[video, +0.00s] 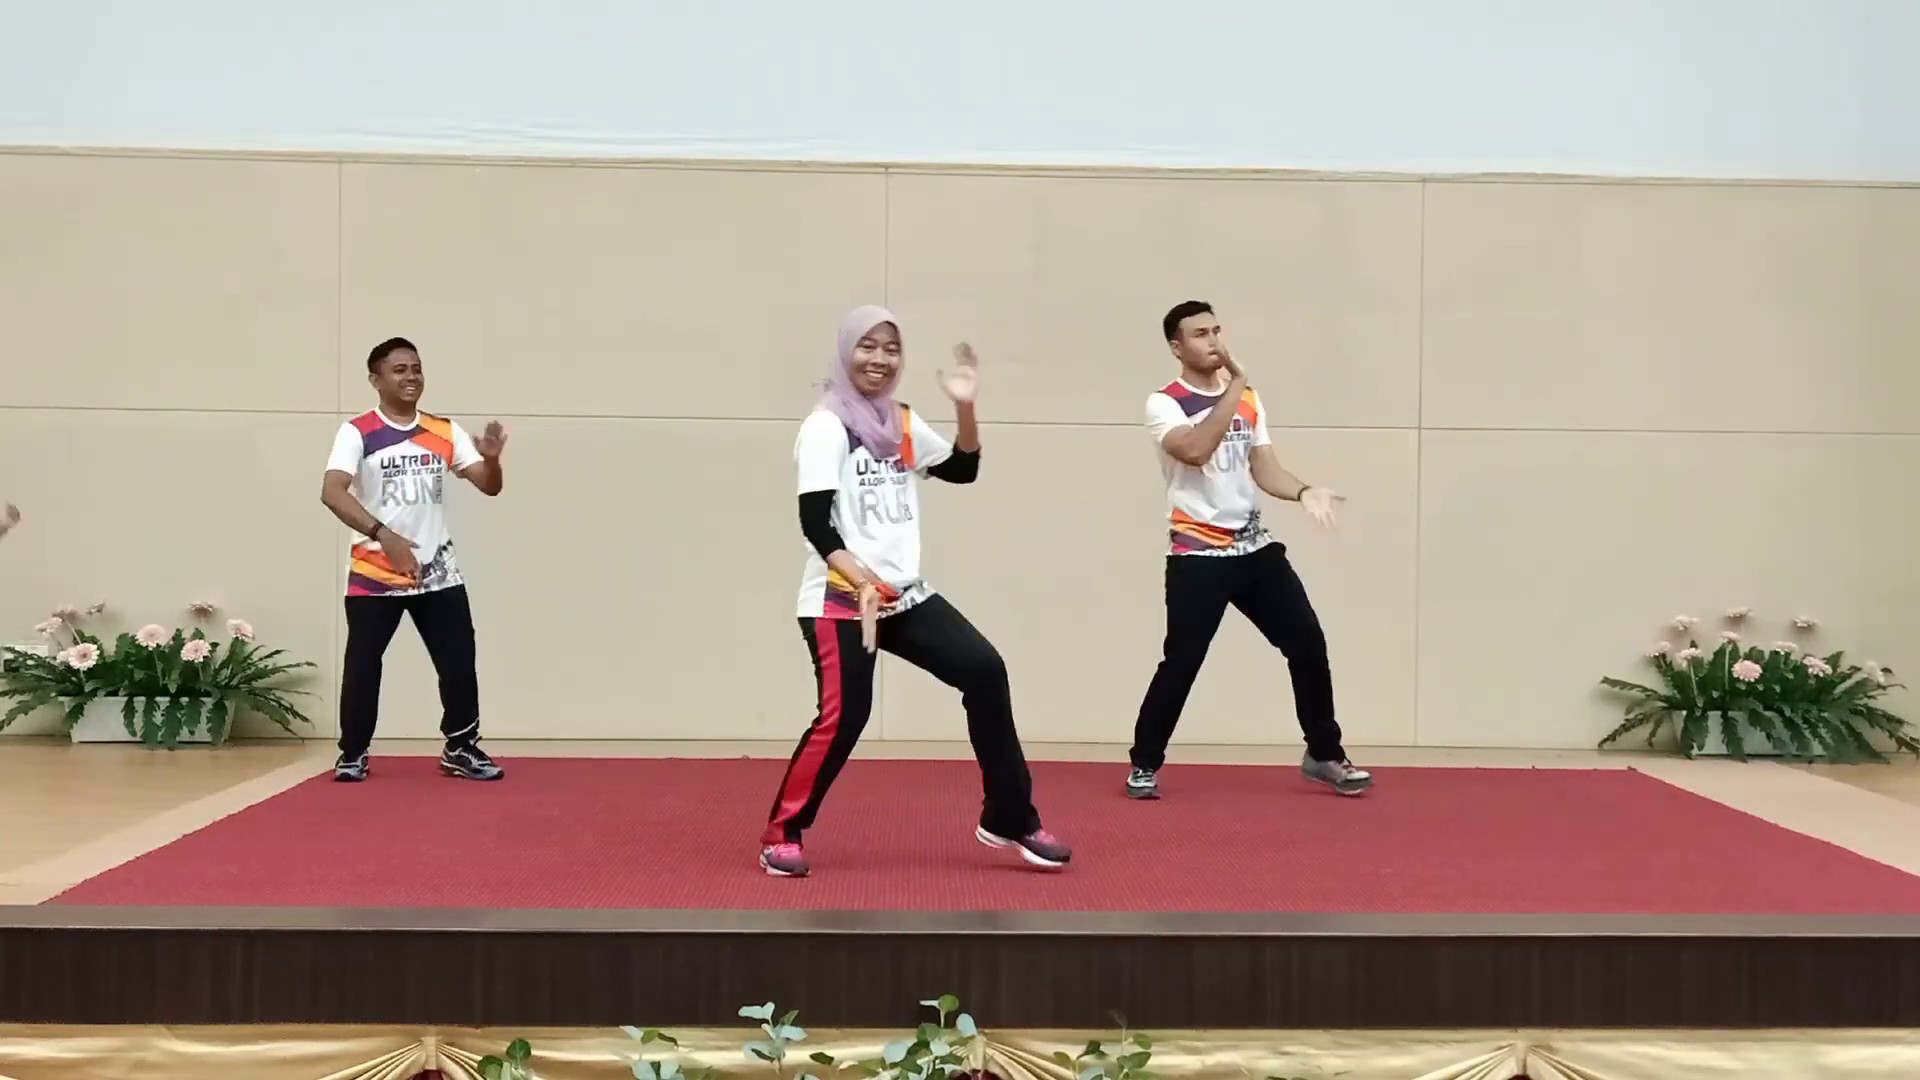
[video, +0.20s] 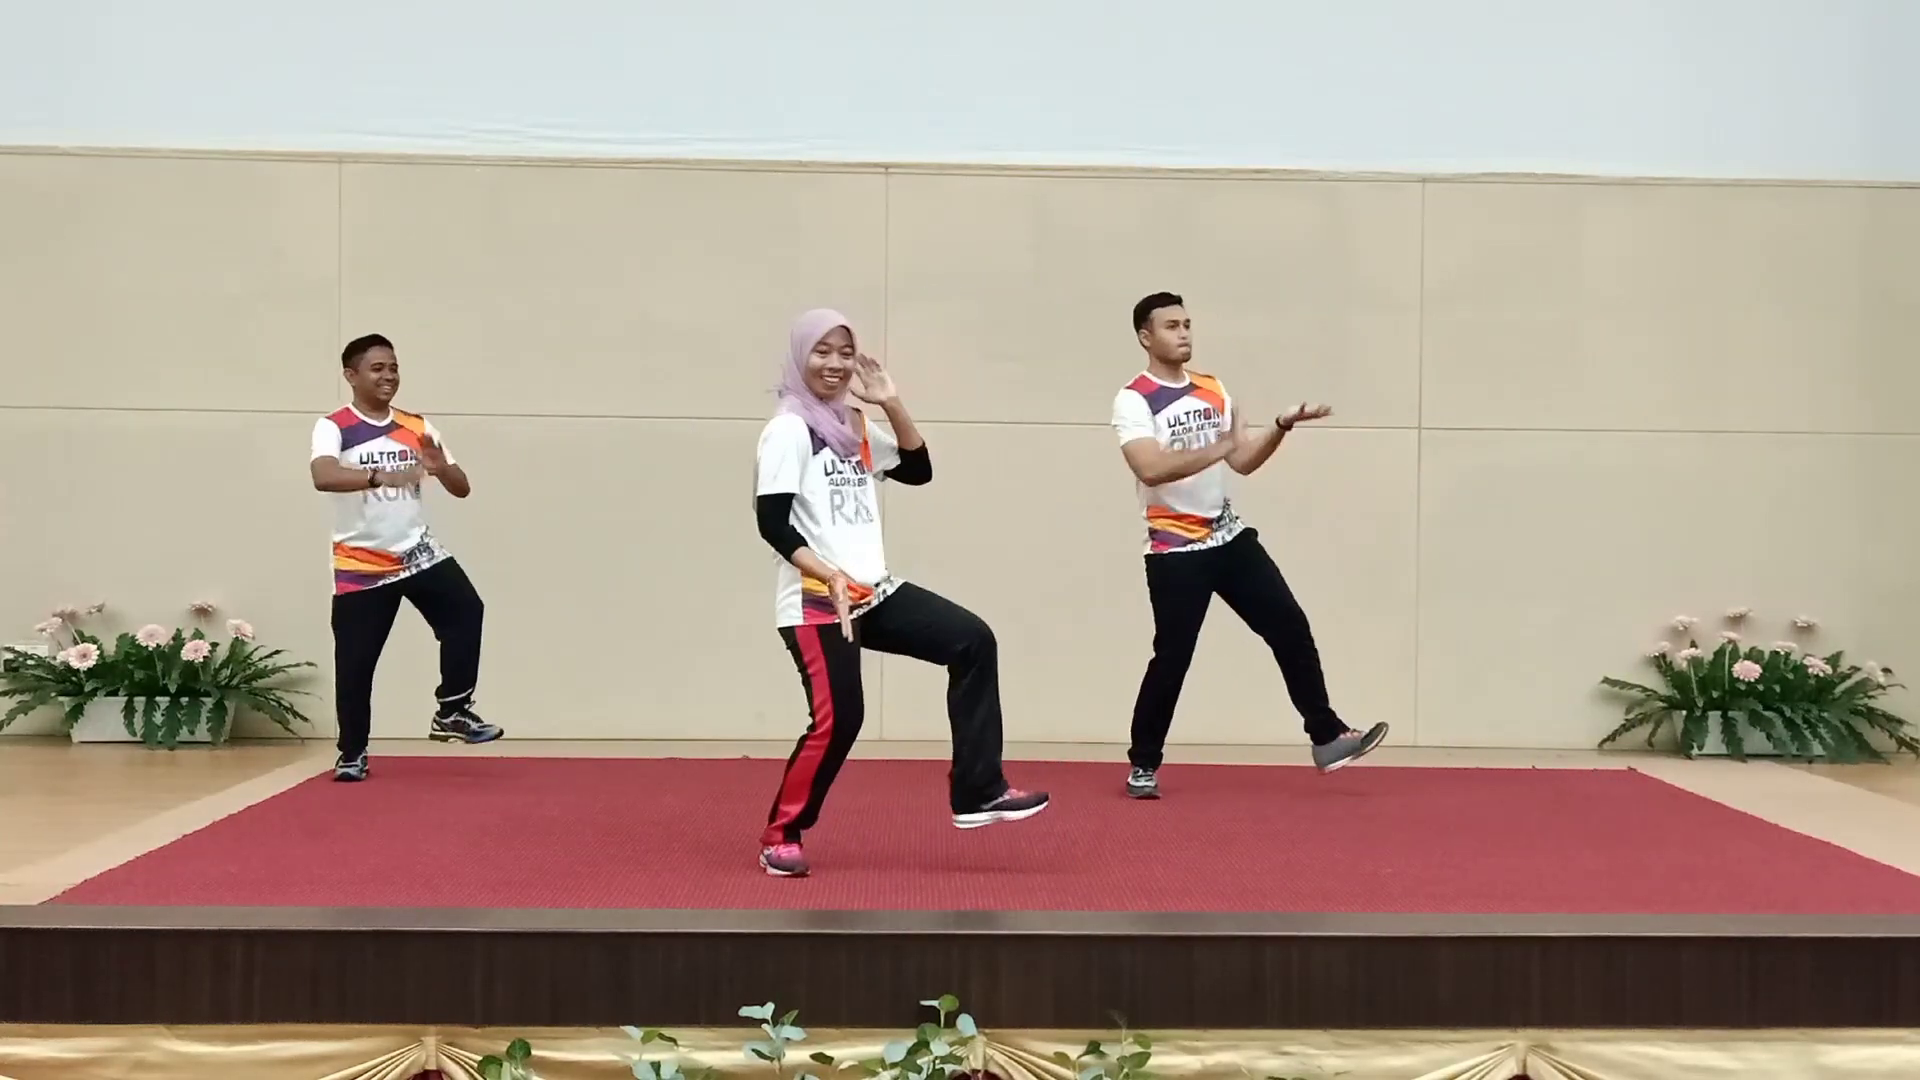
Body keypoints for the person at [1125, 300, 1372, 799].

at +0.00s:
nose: (1213, 340)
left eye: (1216, 331)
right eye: (1200, 334)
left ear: (1225, 336)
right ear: (1177, 346)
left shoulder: (1244, 397)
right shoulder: (1162, 403)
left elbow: (1264, 468)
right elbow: (1192, 449)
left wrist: (1303, 490)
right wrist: (1234, 388)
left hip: (1254, 552)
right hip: (1197, 557)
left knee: (1307, 642)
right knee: (1182, 662)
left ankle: (1323, 755)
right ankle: (1144, 766)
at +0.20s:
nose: (1183, 334)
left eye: (1186, 325)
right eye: (1171, 327)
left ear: (1192, 332)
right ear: (1144, 337)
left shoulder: (1212, 391)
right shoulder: (1132, 400)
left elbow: (1243, 460)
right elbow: (1150, 469)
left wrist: (1280, 427)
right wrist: (1216, 451)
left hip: (1229, 538)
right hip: (1175, 552)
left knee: (1290, 628)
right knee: (1171, 658)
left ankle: (1326, 737)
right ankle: (1143, 765)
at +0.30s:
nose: (1176, 339)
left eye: (1179, 331)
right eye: (1164, 332)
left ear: (1183, 337)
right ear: (1137, 340)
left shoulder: (1199, 393)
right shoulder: (1124, 405)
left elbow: (1241, 455)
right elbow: (1133, 484)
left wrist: (1270, 406)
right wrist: (1206, 504)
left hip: (1220, 546)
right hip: (1169, 558)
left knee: (1278, 640)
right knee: (1170, 660)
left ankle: (1322, 744)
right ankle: (1143, 765)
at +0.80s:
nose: (1201, 328)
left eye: (1211, 321)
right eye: (1192, 318)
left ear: (1220, 328)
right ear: (1172, 320)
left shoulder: (1235, 386)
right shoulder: (1145, 384)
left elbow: (1279, 445)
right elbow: (1148, 455)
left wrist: (1280, 394)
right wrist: (1225, 455)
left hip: (1230, 535)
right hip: (1171, 542)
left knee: (1283, 628)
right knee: (1161, 652)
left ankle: (1324, 738)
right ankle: (1141, 762)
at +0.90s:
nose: (1226, 331)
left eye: (1237, 324)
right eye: (1218, 320)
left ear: (1248, 331)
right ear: (1200, 321)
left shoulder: (1255, 386)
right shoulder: (1169, 378)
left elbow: (1306, 454)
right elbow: (1172, 445)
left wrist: (1309, 423)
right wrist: (1241, 418)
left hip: (1246, 535)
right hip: (1186, 539)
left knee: (1294, 639)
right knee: (1168, 653)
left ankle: (1336, 749)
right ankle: (1143, 763)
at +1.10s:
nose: (1277, 342)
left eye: (1289, 334)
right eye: (1270, 330)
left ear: (1305, 342)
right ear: (1256, 331)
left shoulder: (1320, 402)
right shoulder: (1225, 390)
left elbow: (1345, 465)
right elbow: (1217, 460)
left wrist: (1353, 493)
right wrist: (1263, 406)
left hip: (1296, 552)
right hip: (1231, 552)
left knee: (1328, 660)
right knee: (1197, 657)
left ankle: (1346, 775)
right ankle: (1148, 763)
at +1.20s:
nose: (1302, 340)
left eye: (1314, 332)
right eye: (1295, 328)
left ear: (1333, 341)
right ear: (1283, 331)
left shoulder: (1350, 400)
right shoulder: (1253, 390)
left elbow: (1373, 471)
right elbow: (1240, 461)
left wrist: (1368, 493)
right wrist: (1290, 412)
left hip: (1327, 550)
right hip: (1260, 549)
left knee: (1348, 662)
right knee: (1222, 653)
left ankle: (1349, 777)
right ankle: (1177, 758)